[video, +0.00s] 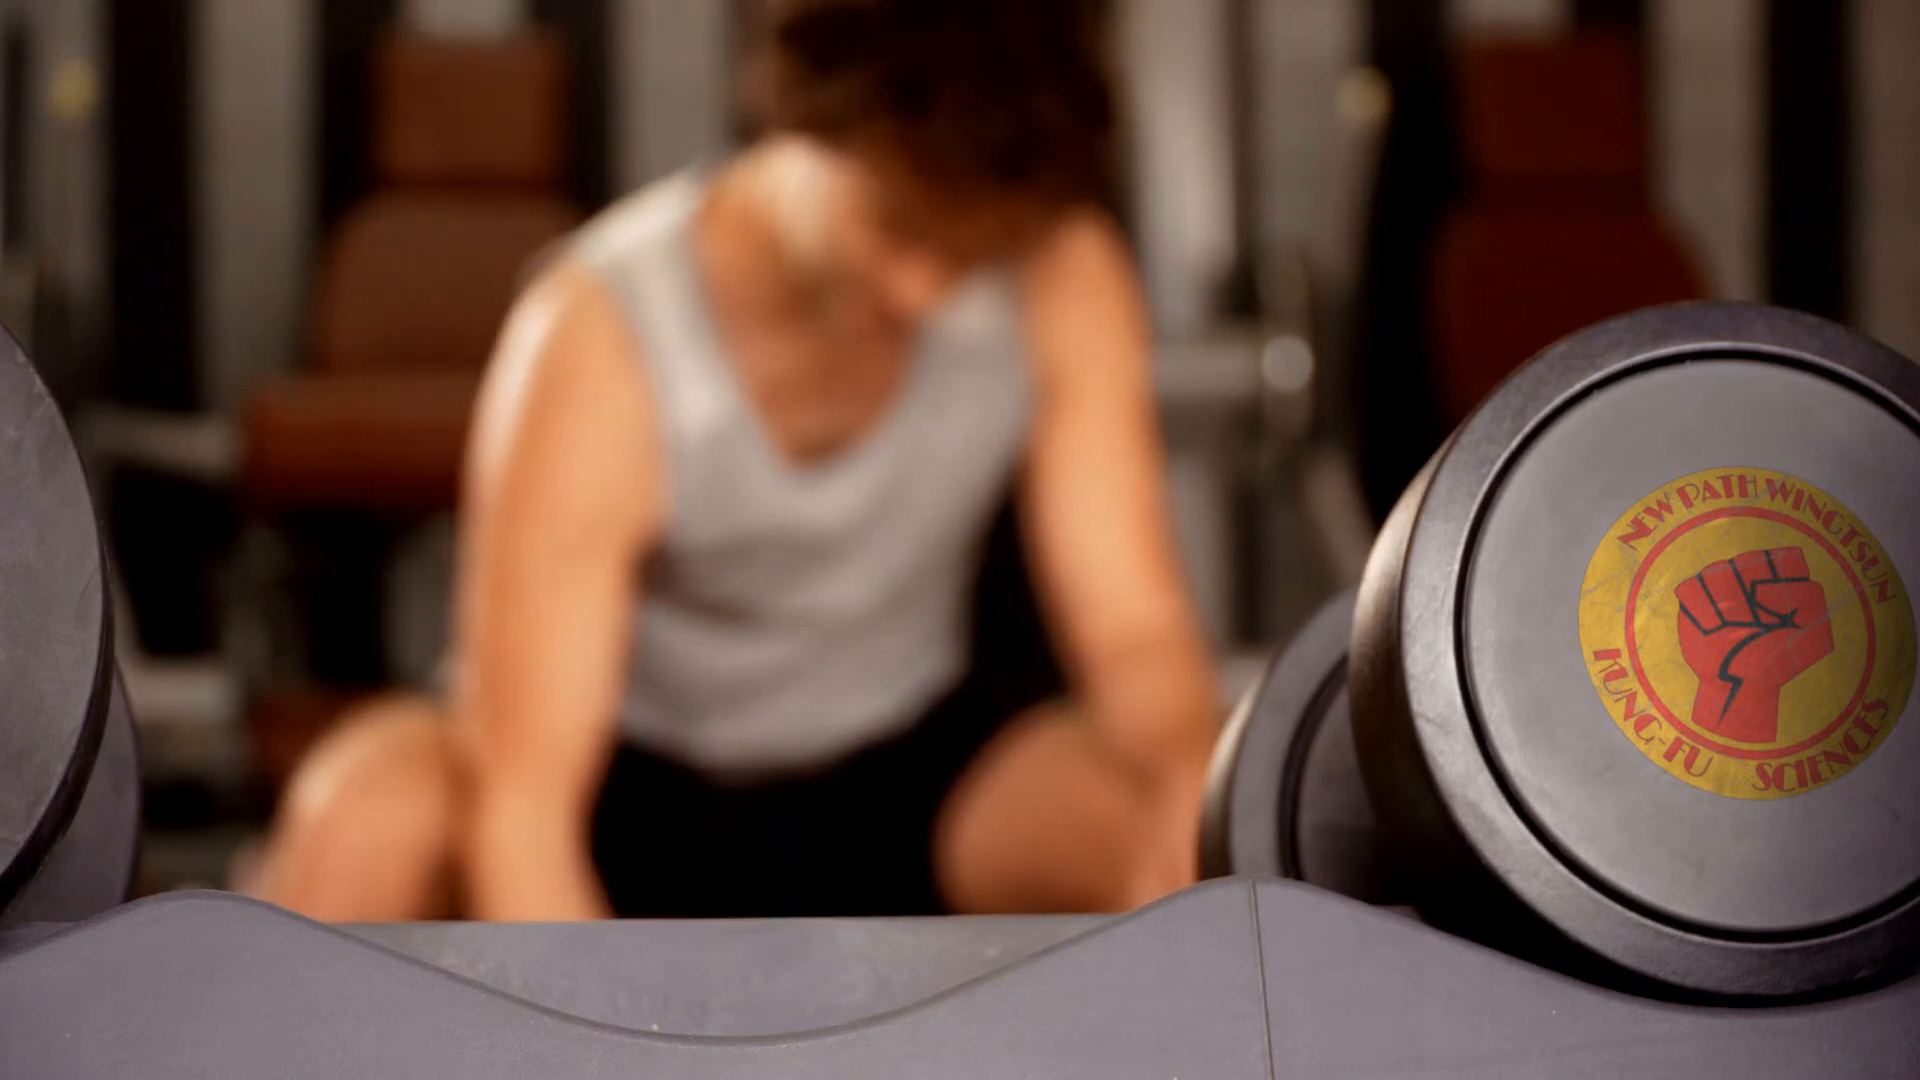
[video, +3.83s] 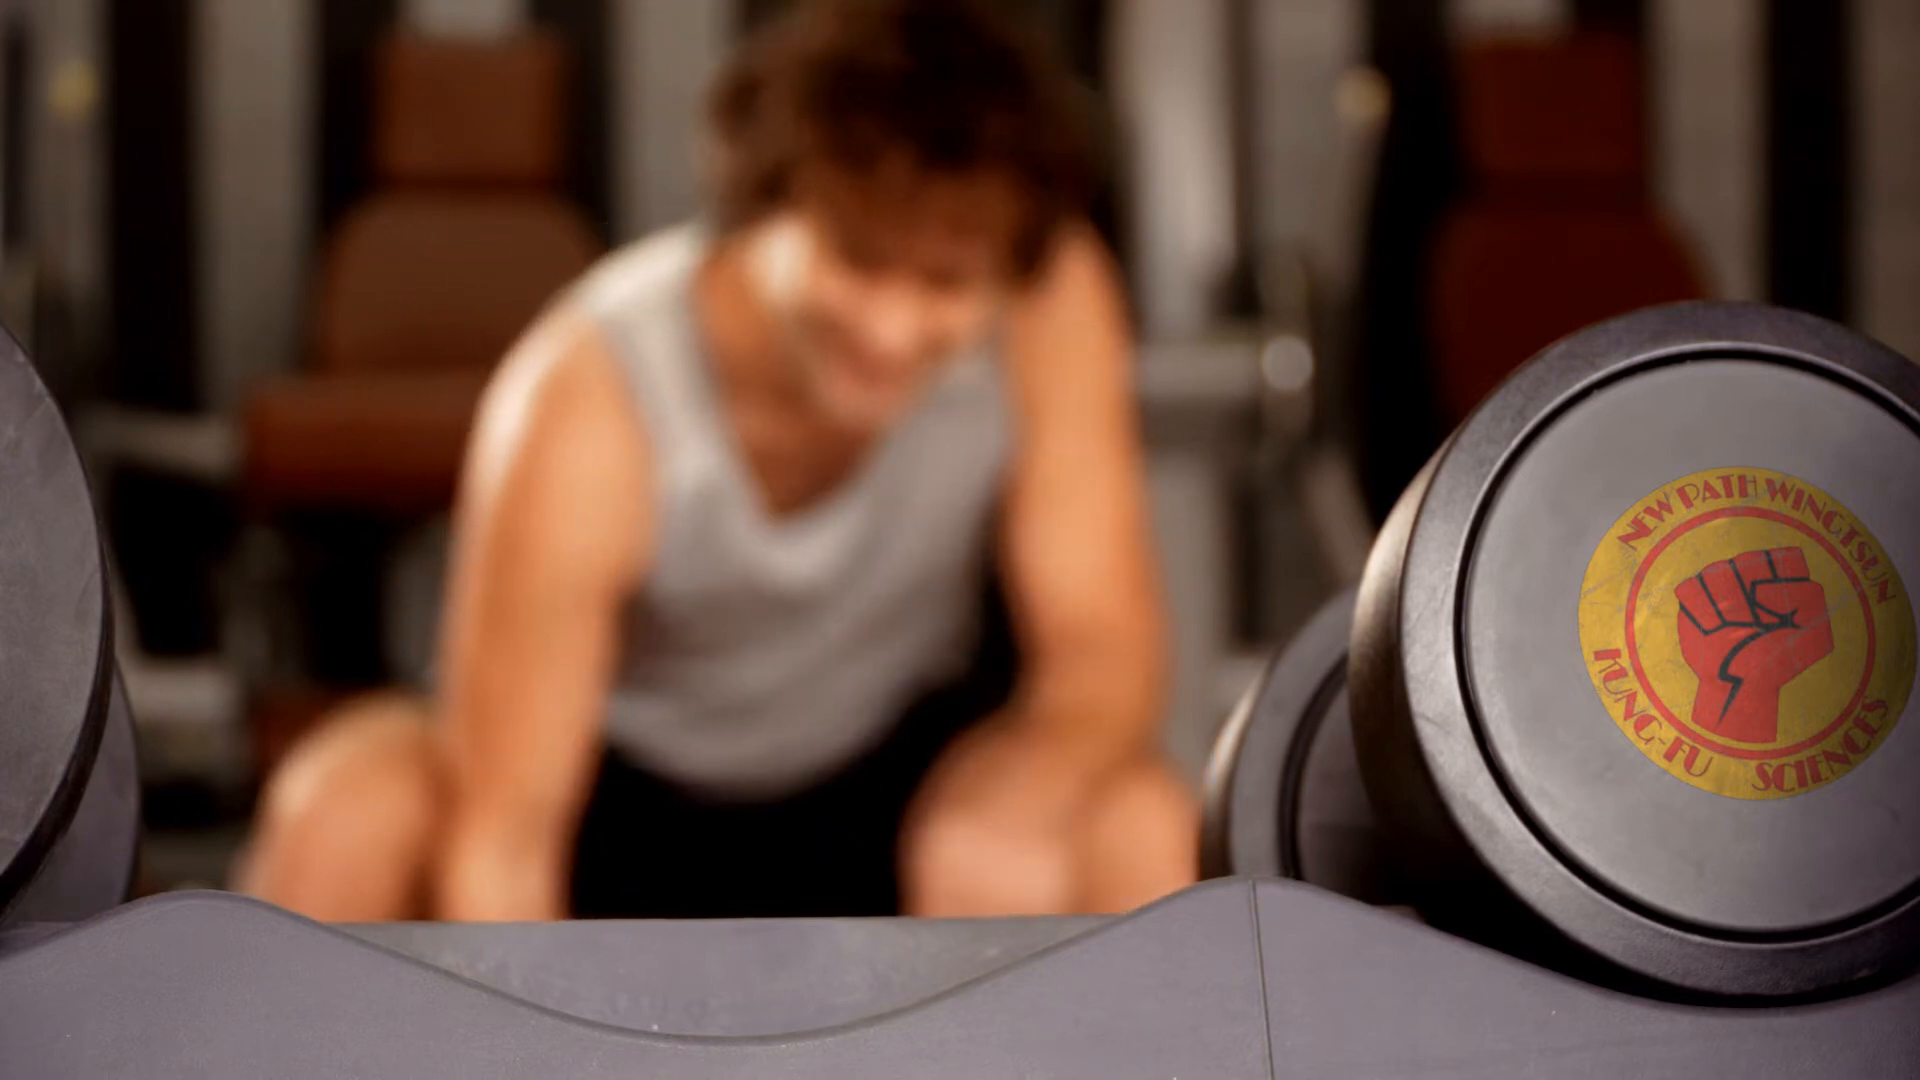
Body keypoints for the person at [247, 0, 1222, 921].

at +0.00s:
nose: (922, 297)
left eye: (976, 253)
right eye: (896, 234)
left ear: (1032, 206)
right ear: (804, 134)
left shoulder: (1055, 266)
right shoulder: (595, 334)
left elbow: (1136, 641)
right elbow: (523, 809)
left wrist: (1214, 832)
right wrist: (607, 1060)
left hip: (903, 782)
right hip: (628, 797)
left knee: (1195, 816)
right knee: (365, 798)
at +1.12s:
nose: (916, 246)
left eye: (965, 200)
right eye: (883, 185)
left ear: (1012, 162)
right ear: (787, 96)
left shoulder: (1044, 254)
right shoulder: (587, 312)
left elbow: (1129, 637)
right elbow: (507, 749)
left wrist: (1183, 848)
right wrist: (678, 959)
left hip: (903, 773)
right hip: (627, 786)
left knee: (1186, 808)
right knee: (365, 788)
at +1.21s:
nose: (914, 238)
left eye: (962, 192)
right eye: (880, 176)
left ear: (1013, 158)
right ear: (785, 86)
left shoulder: (1043, 254)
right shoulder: (577, 308)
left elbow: (1133, 637)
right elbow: (507, 743)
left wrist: (1180, 861)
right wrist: (718, 896)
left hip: (902, 783)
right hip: (627, 794)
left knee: (1196, 789)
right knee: (369, 794)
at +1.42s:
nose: (906, 229)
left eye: (953, 181)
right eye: (871, 166)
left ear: (1006, 145)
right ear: (772, 78)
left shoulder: (1029, 255)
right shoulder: (537, 310)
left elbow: (1129, 628)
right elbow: (517, 725)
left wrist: (1189, 830)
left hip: (889, 807)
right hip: (615, 812)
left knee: (1186, 784)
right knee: (378, 778)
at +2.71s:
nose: (875, 205)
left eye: (924, 158)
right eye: (842, 145)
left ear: (981, 123)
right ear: (748, 68)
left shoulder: (1024, 253)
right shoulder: (526, 319)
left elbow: (1125, 635)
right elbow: (519, 741)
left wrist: (1167, 863)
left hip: (907, 792)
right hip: (628, 791)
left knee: (1191, 770)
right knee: (362, 789)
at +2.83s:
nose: (875, 204)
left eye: (925, 159)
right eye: (843, 144)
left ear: (989, 126)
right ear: (754, 71)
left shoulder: (1035, 255)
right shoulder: (542, 324)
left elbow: (1123, 633)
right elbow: (516, 756)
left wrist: (1161, 857)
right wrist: (640, 968)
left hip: (902, 780)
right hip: (618, 788)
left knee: (1187, 803)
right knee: (357, 796)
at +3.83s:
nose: (894, 328)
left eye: (948, 281)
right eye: (857, 262)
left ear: (1015, 266)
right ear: (772, 205)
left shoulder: (1046, 286)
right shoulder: (583, 397)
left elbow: (1101, 661)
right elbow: (508, 830)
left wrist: (1005, 814)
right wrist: (518, 1076)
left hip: (893, 783)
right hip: (613, 796)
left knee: (1138, 829)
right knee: (344, 803)